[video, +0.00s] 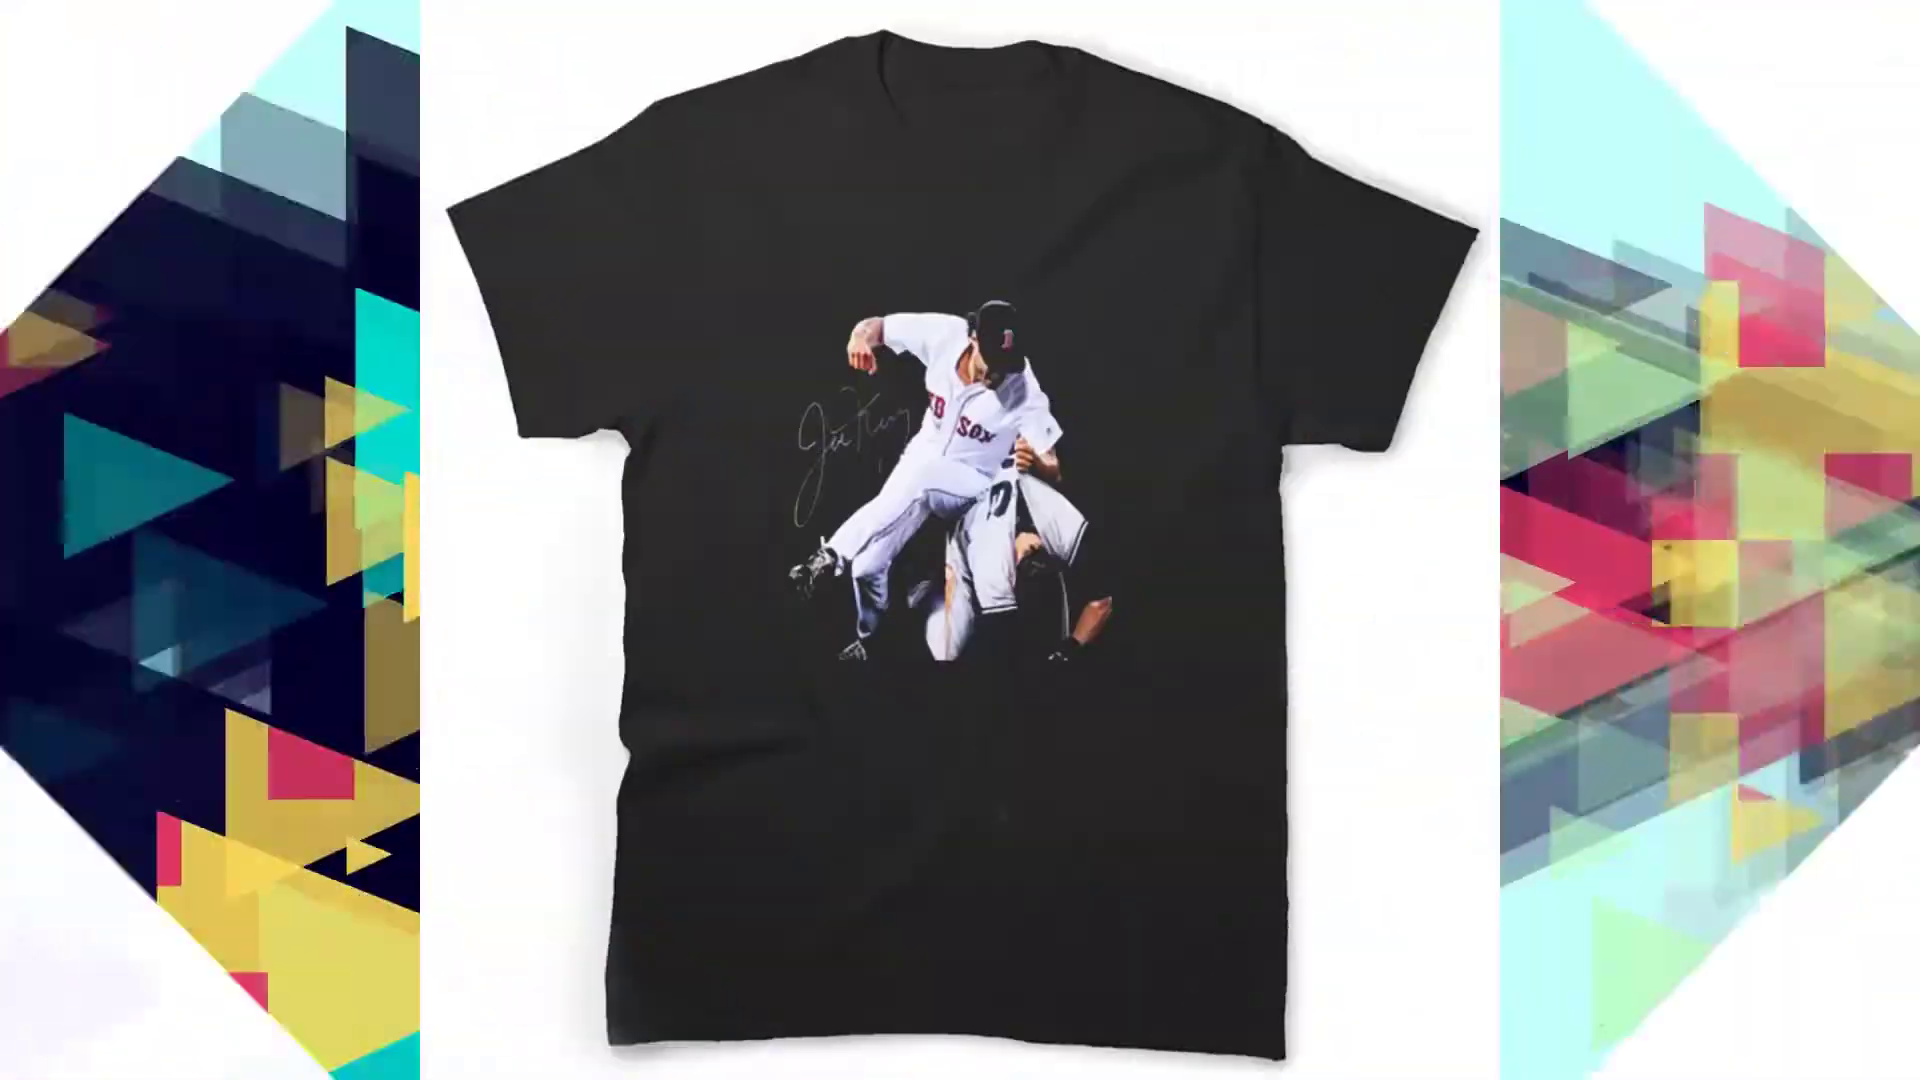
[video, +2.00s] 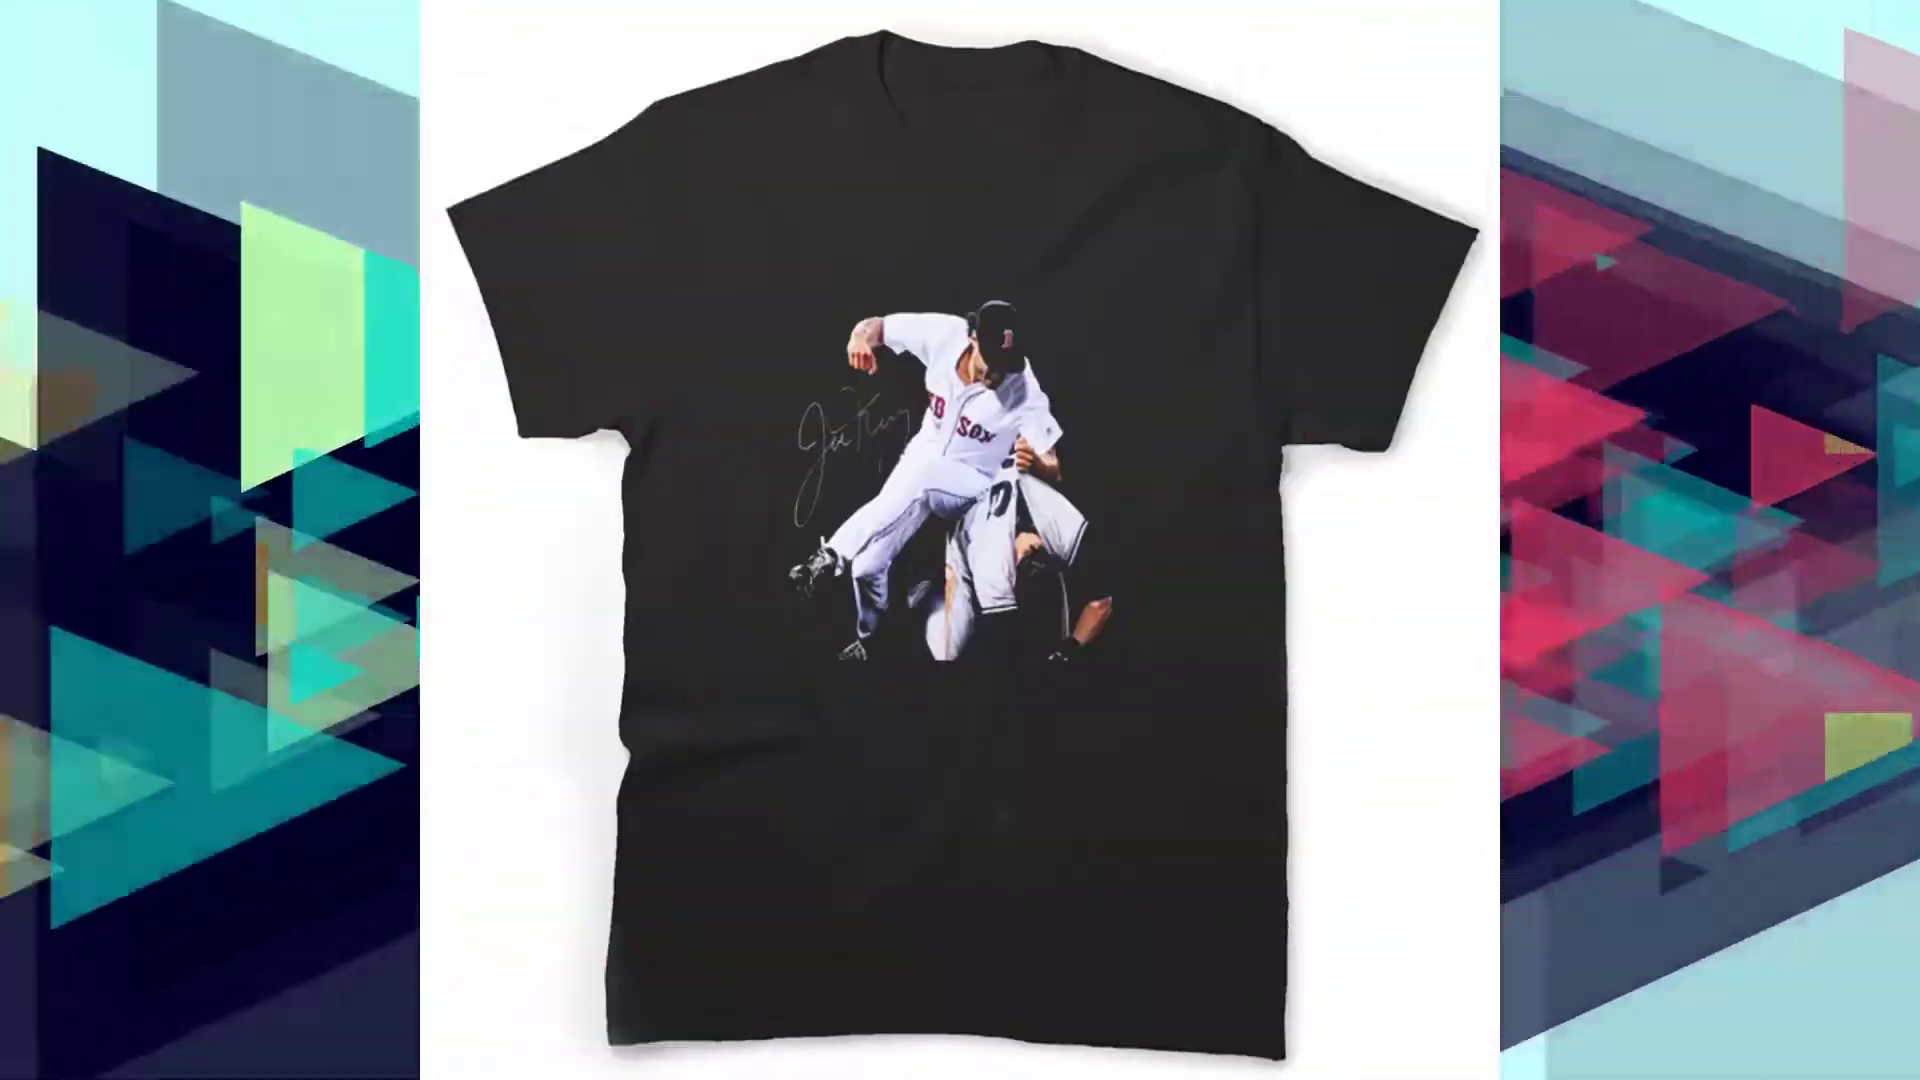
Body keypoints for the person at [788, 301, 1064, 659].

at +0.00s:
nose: (995, 373)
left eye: (1004, 366)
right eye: (990, 364)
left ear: (1016, 355)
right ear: (973, 342)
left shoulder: (1023, 390)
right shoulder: (946, 334)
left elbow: (1055, 470)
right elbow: (874, 327)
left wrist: (1038, 463)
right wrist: (861, 340)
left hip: (978, 482)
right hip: (922, 460)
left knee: (920, 477)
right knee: (867, 565)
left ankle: (827, 559)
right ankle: (870, 640)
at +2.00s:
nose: (995, 373)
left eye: (1004, 366)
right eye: (990, 364)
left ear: (1016, 355)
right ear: (973, 342)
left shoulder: (1023, 390)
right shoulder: (946, 334)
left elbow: (1055, 470)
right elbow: (874, 327)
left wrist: (1038, 463)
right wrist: (861, 340)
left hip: (978, 482)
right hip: (922, 460)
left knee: (920, 477)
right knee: (867, 565)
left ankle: (827, 559)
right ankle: (870, 640)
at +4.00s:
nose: (995, 373)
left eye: (1004, 366)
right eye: (990, 364)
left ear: (1016, 355)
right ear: (973, 342)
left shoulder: (1023, 390)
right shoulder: (946, 334)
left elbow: (1055, 470)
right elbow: (874, 327)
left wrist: (1038, 463)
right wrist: (861, 341)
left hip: (978, 482)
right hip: (922, 460)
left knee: (920, 477)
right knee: (867, 565)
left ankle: (827, 559)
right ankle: (870, 640)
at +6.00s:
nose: (997, 374)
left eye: (1006, 367)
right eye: (991, 364)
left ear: (1017, 354)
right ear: (973, 341)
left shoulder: (1023, 389)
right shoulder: (946, 334)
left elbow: (1054, 468)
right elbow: (878, 327)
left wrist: (1038, 463)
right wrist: (861, 338)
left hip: (979, 482)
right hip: (922, 460)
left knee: (920, 476)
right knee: (867, 566)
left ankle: (828, 560)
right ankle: (871, 642)